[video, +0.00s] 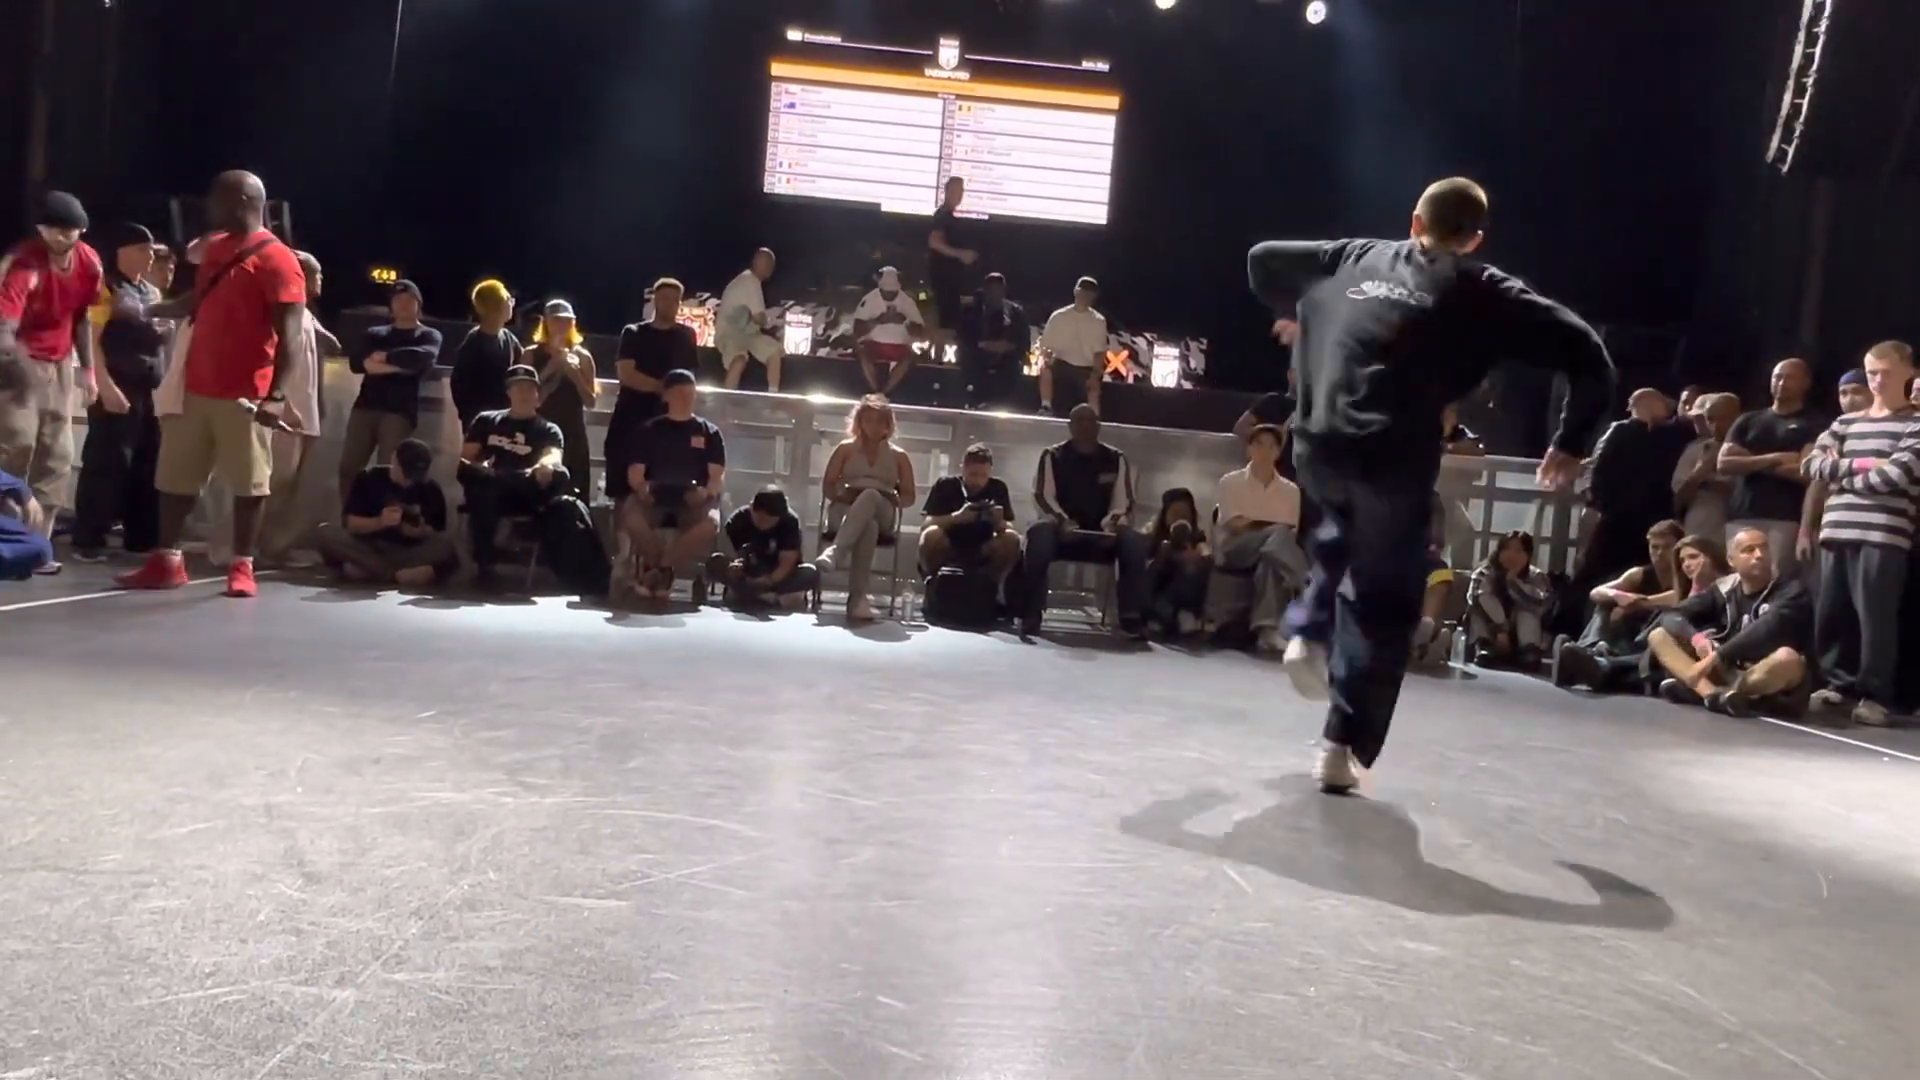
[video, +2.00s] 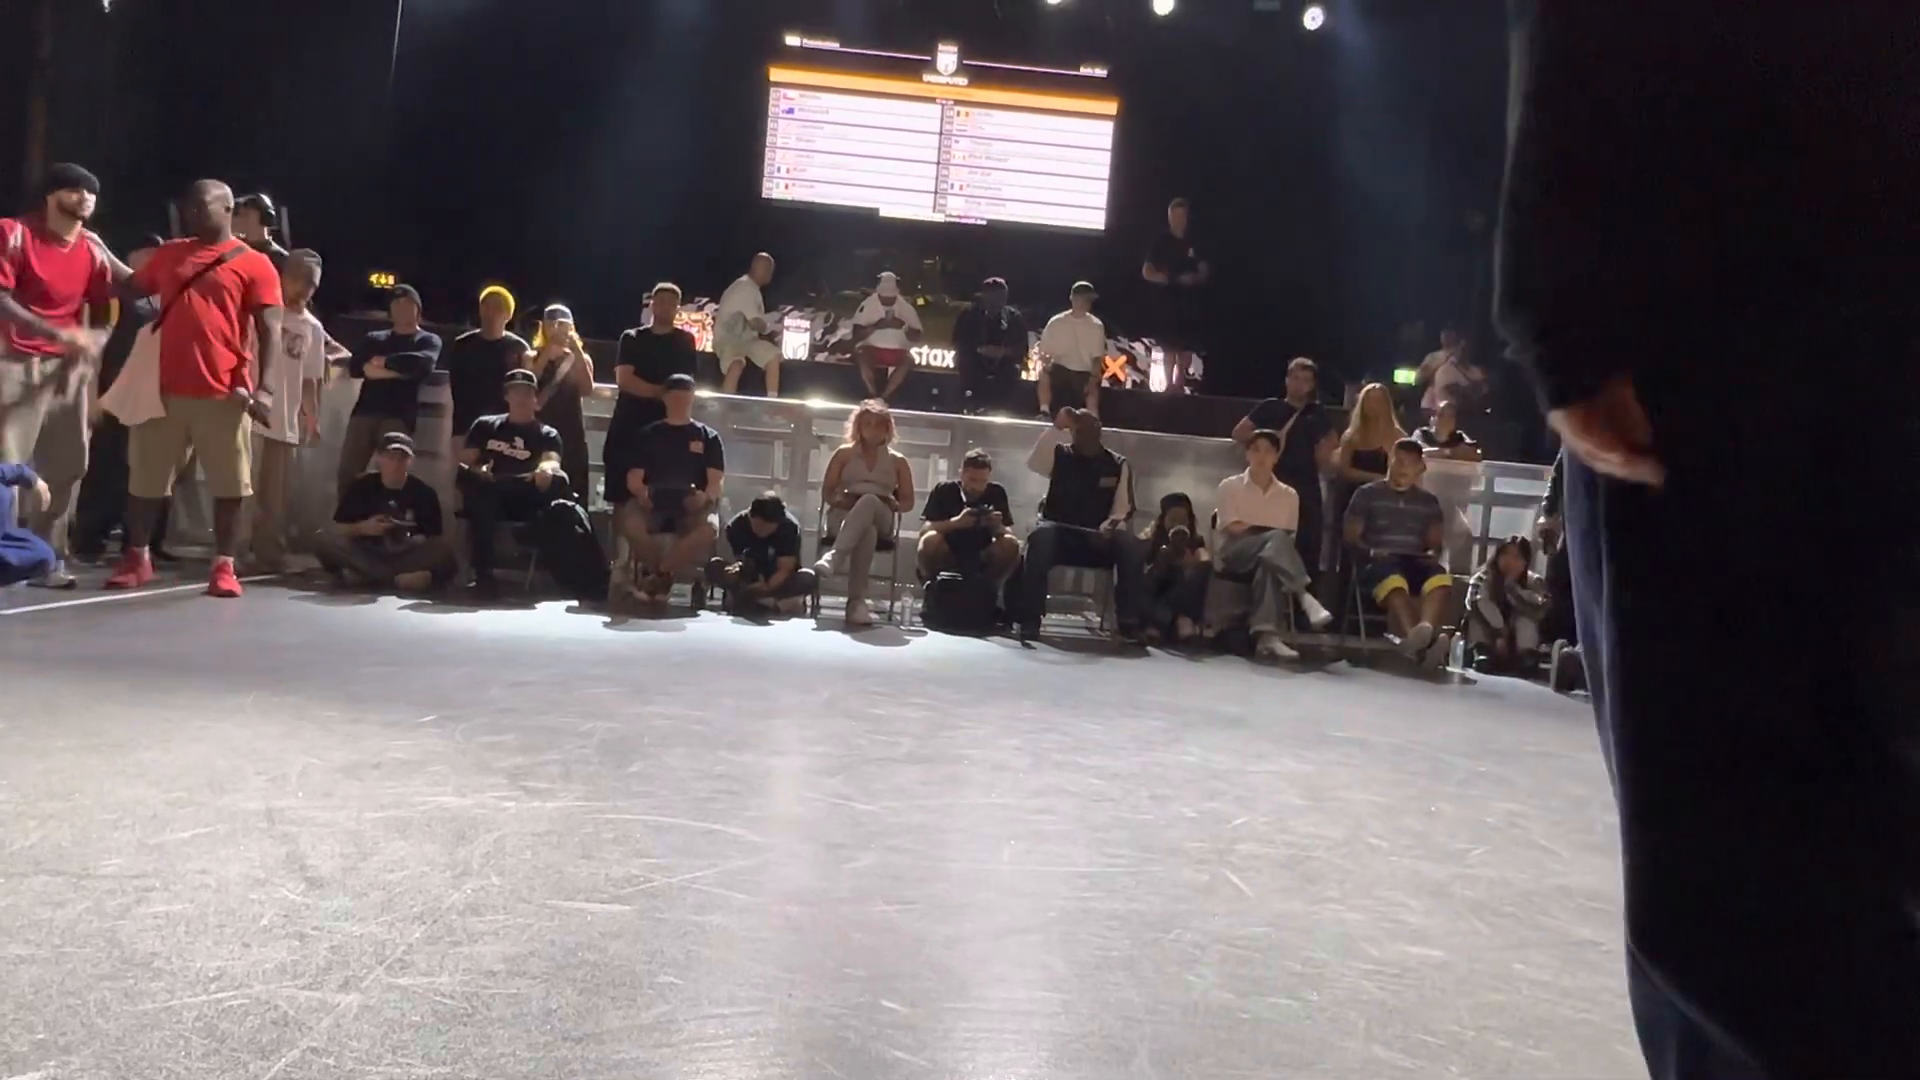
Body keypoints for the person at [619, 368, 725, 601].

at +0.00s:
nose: (686, 398)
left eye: (689, 392)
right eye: (679, 392)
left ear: (695, 395)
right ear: (666, 396)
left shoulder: (709, 432)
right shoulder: (648, 430)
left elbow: (716, 477)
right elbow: (635, 474)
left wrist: (705, 493)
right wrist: (645, 492)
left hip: (692, 491)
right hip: (655, 489)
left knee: (709, 524)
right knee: (631, 513)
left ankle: (657, 571)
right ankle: (661, 571)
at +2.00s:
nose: (680, 400)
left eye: (685, 394)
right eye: (675, 394)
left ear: (692, 397)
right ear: (665, 397)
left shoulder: (708, 437)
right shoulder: (647, 434)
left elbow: (715, 482)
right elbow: (633, 477)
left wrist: (704, 498)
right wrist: (644, 494)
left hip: (690, 499)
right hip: (654, 497)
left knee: (708, 530)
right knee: (630, 520)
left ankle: (659, 574)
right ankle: (662, 575)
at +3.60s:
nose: (655, 417)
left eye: (660, 411)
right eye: (650, 411)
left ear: (667, 415)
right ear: (639, 414)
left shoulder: (683, 451)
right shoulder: (622, 450)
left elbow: (692, 495)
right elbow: (610, 493)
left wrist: (682, 512)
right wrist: (622, 514)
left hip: (668, 513)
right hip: (632, 512)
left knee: (687, 543)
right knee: (607, 535)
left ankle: (644, 589)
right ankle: (639, 590)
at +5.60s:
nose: (678, 429)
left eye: (682, 423)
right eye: (672, 423)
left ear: (689, 426)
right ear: (662, 426)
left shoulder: (706, 462)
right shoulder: (645, 462)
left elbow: (715, 504)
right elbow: (633, 505)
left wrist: (704, 523)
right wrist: (642, 522)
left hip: (690, 523)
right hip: (655, 523)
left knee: (710, 555)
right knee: (630, 545)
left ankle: (663, 601)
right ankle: (661, 600)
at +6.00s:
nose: (682, 422)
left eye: (687, 417)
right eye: (677, 417)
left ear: (694, 421)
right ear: (666, 420)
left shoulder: (709, 456)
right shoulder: (649, 456)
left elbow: (718, 499)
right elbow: (637, 499)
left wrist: (708, 517)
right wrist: (648, 517)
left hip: (694, 519)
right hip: (659, 518)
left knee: (714, 550)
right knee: (637, 544)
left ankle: (670, 598)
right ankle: (665, 596)